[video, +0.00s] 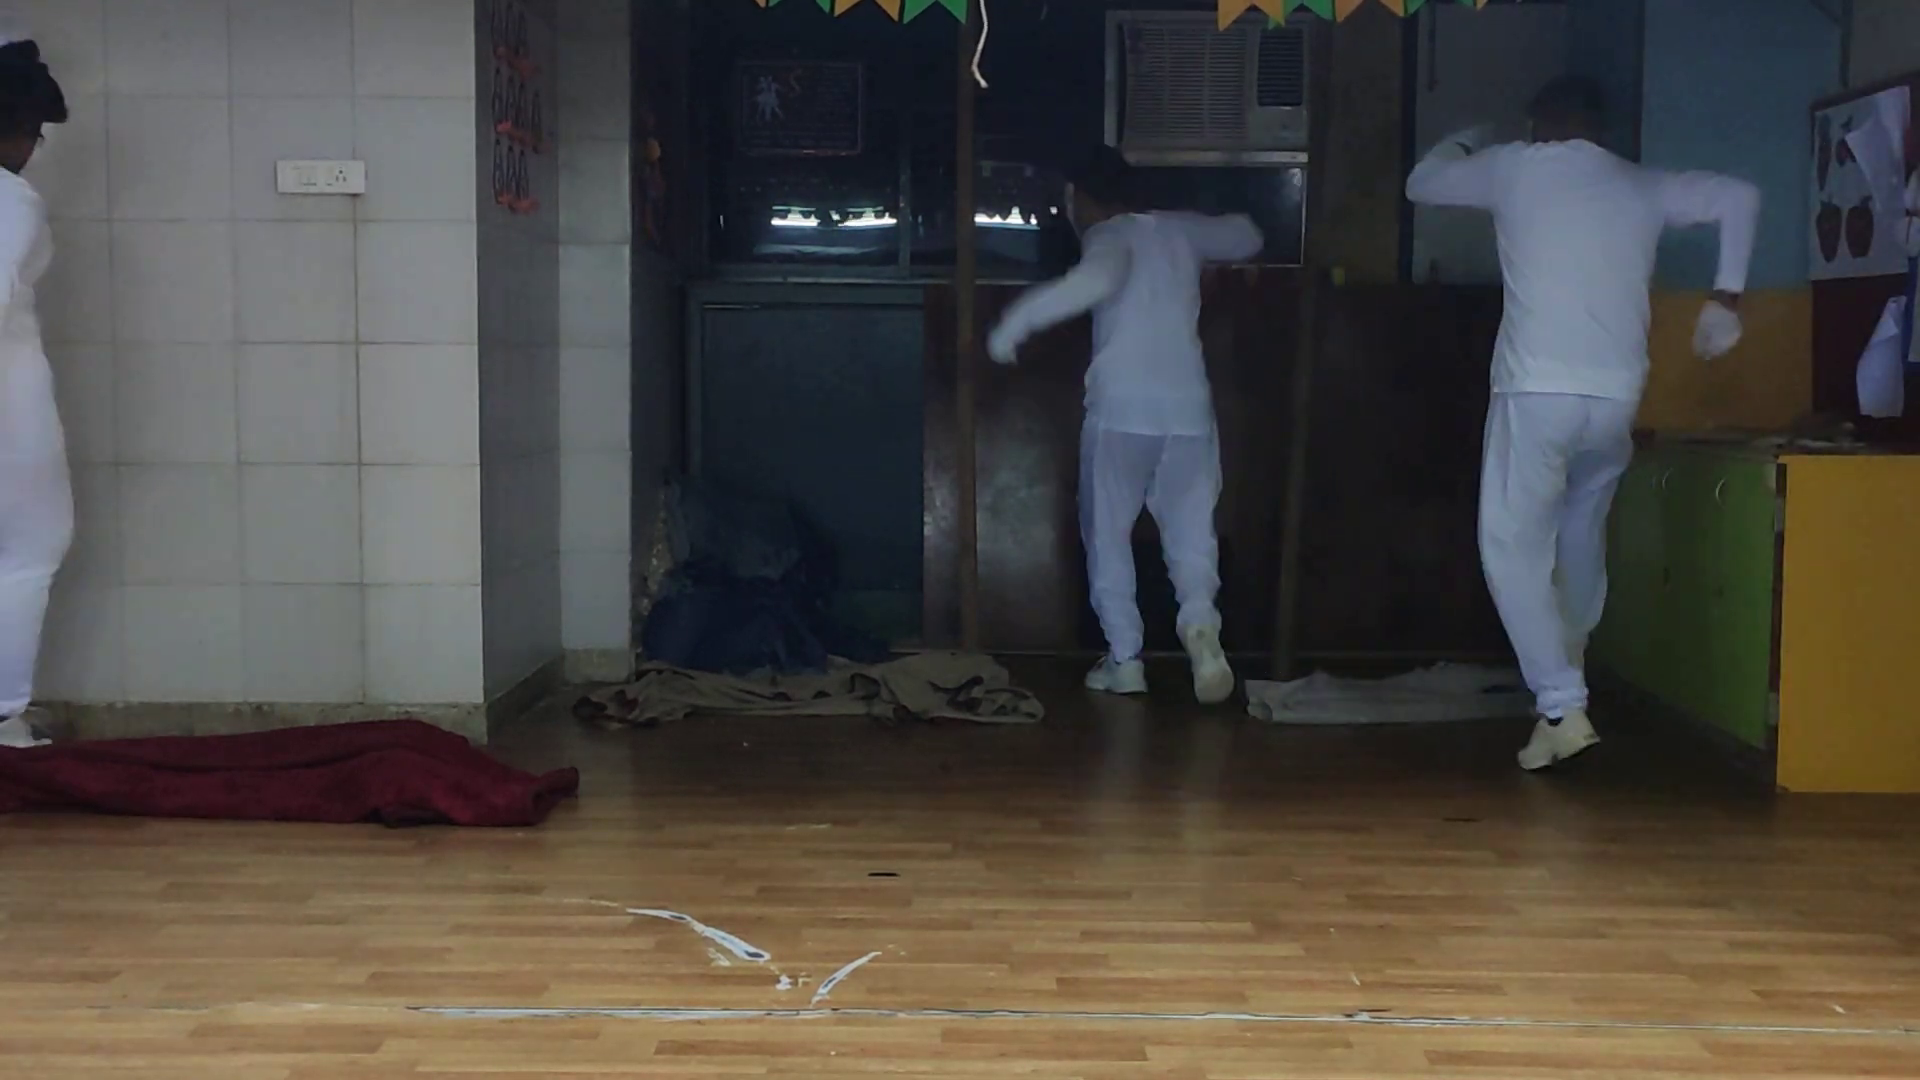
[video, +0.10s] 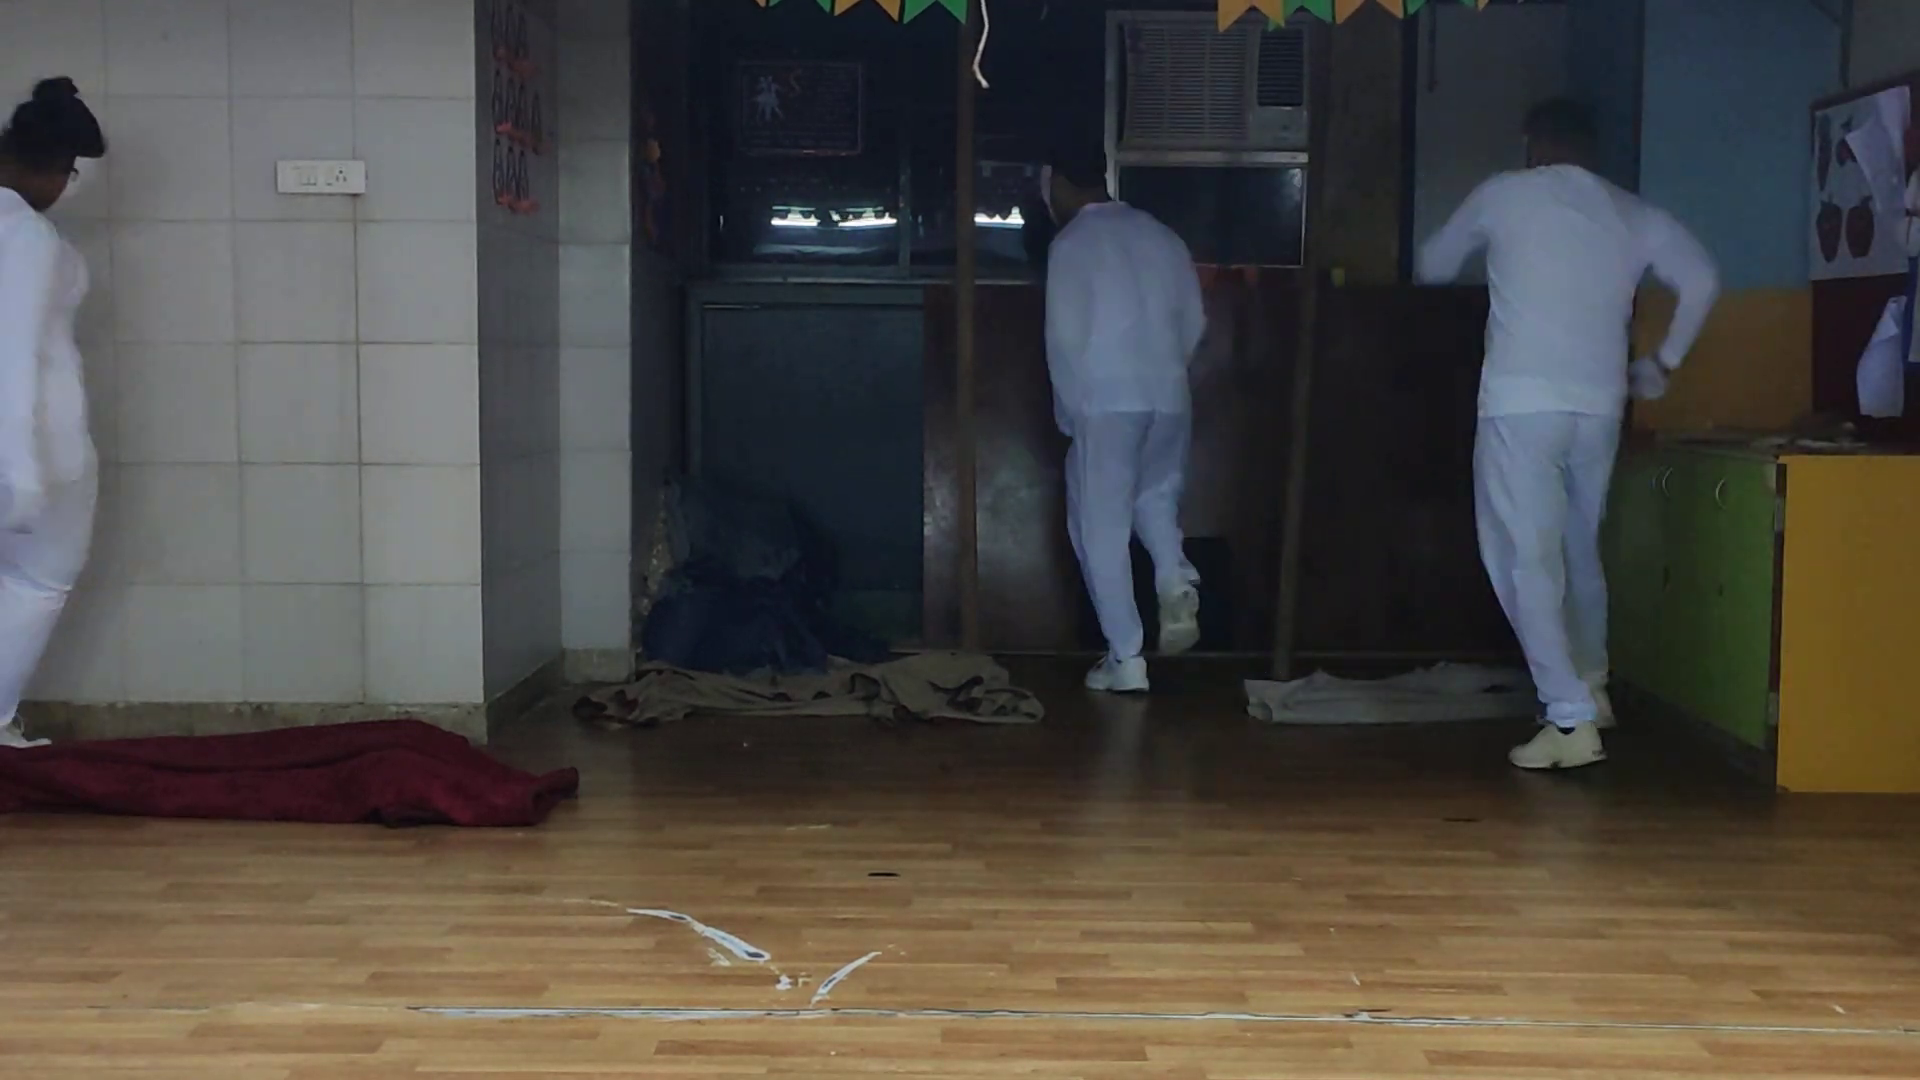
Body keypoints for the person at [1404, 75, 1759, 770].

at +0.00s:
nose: (1533, 132)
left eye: (1537, 123)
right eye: (1540, 123)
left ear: (1542, 123)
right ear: (1602, 125)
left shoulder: (1512, 169)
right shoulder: (1645, 186)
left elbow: (1422, 182)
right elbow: (1739, 197)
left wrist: (1460, 144)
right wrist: (1726, 299)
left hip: (1537, 392)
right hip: (1616, 396)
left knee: (1512, 546)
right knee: (1584, 529)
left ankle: (1562, 710)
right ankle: (1570, 658)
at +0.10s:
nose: (1530, 152)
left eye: (1531, 142)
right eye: (1537, 141)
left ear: (1535, 142)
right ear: (1591, 147)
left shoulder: (1502, 194)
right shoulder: (1631, 212)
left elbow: (1432, 265)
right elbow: (1701, 282)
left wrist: (1483, 235)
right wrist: (1663, 363)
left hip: (1521, 406)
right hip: (1599, 409)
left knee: (1529, 561)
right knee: (1584, 553)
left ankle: (1569, 720)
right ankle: (1591, 688)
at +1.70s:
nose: (1302, 207)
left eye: (1314, 195)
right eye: (1289, 196)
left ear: (1331, 201)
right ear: (1273, 202)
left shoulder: (1359, 273)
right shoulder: (1239, 260)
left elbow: (1372, 352)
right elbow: (1205, 320)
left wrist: (1335, 392)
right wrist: (1222, 376)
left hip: (1328, 436)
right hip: (1251, 433)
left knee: (1353, 545)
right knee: (1208, 528)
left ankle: (1374, 657)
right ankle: (1242, 646)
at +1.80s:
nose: (1276, 189)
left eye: (1288, 178)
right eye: (1264, 178)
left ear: (1307, 183)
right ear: (1248, 185)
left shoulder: (1336, 244)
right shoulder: (1220, 238)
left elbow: (1365, 328)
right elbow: (1198, 284)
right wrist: (1198, 334)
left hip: (1318, 422)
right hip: (1238, 417)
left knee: (1349, 541)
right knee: (1183, 503)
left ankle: (1374, 659)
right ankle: (1198, 627)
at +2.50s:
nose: (1321, 249)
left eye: (1332, 237)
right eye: (1308, 239)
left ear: (1349, 241)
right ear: (1290, 245)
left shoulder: (1372, 292)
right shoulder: (1269, 284)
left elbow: (1397, 318)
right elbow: (1215, 334)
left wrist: (1402, 379)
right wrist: (1270, 339)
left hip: (1339, 456)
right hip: (1257, 455)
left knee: (1387, 557)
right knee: (1206, 553)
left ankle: (1422, 658)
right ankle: (1156, 658)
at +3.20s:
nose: (1255, 290)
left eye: (1268, 279)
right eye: (1243, 279)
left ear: (1285, 286)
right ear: (1226, 287)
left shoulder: (1322, 342)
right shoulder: (1202, 335)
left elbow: (1378, 398)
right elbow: (1121, 378)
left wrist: (1333, 453)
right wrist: (1129, 366)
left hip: (1316, 493)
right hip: (1232, 491)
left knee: (1396, 569)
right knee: (1159, 540)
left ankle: (1414, 665)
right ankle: (1146, 666)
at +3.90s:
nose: (1242, 150)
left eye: (1254, 139)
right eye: (1231, 141)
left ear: (1277, 145)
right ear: (1218, 152)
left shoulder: (1309, 172)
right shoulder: (1210, 231)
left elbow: (1375, 125)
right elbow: (1211, 304)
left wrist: (1451, 101)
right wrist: (1227, 314)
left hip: (1328, 371)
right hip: (1259, 381)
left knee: (1334, 512)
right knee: (1242, 514)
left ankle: (1326, 643)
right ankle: (1245, 646)